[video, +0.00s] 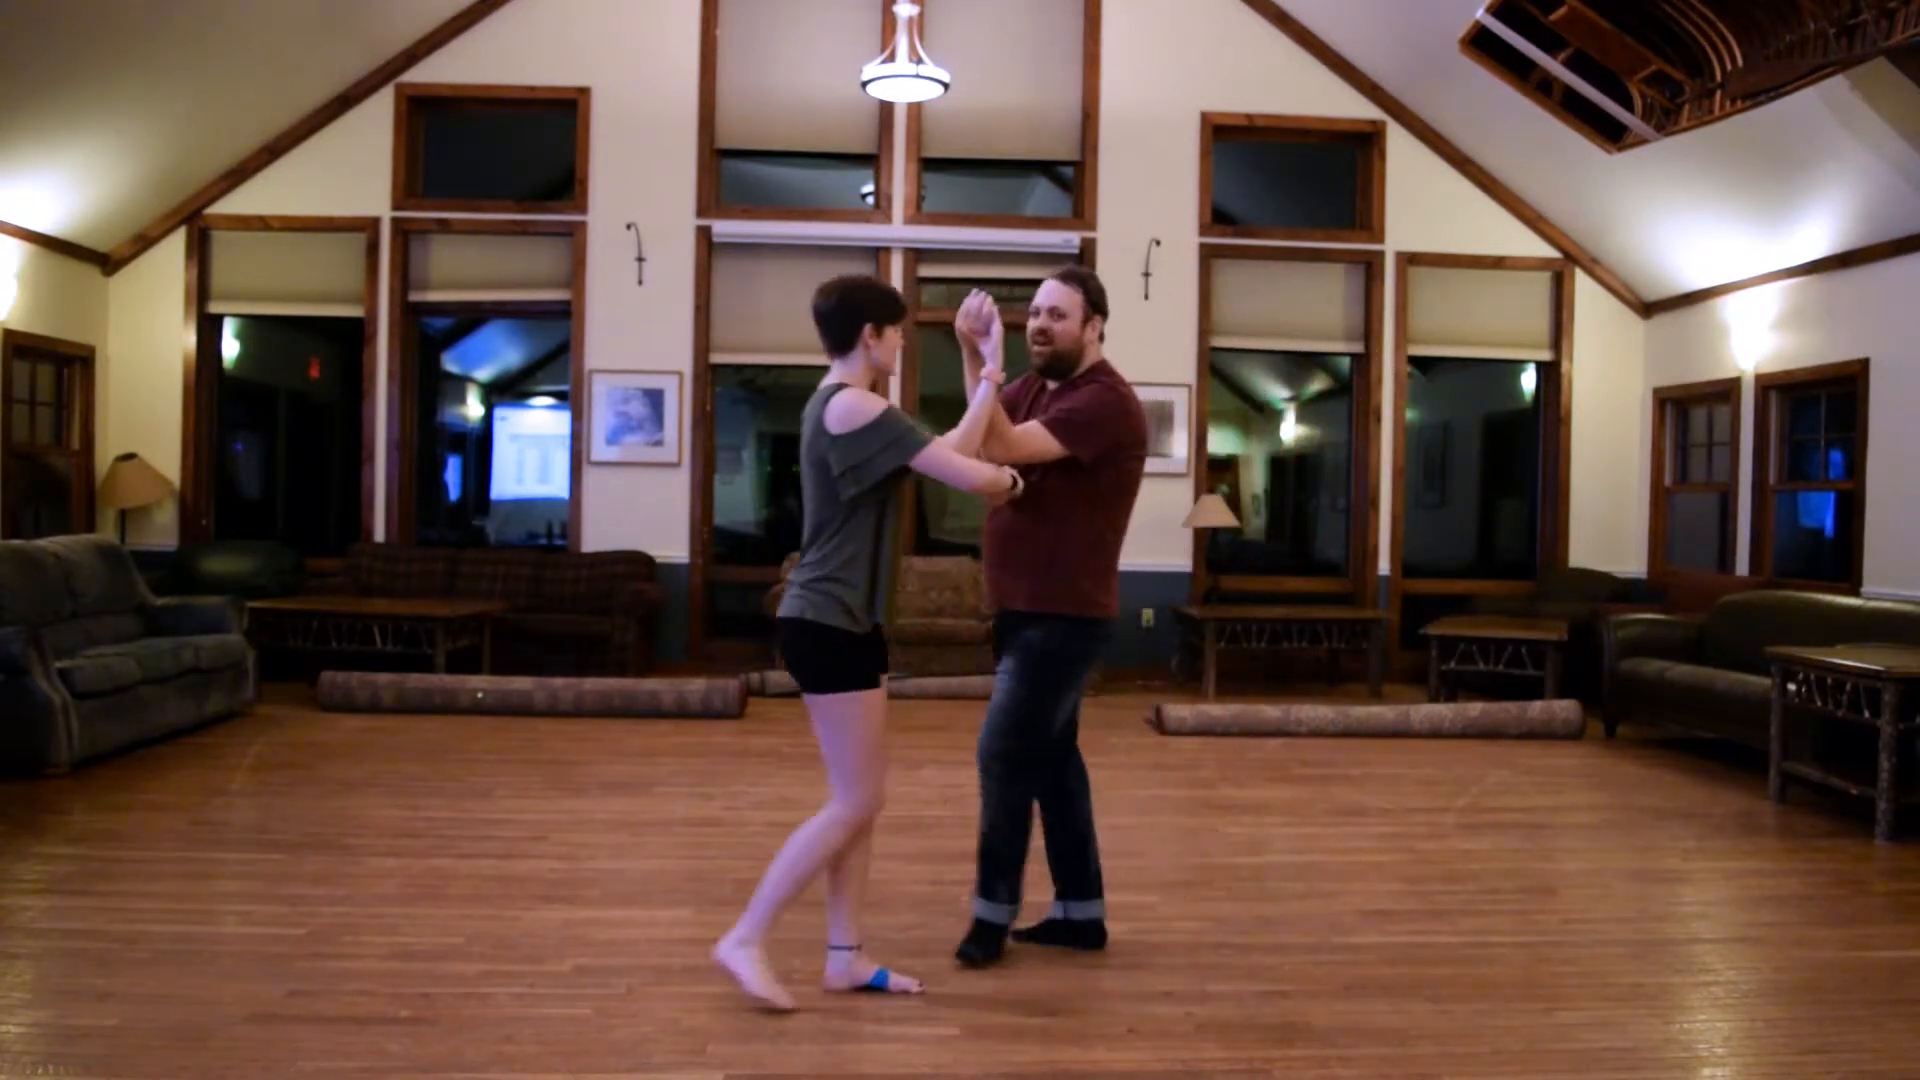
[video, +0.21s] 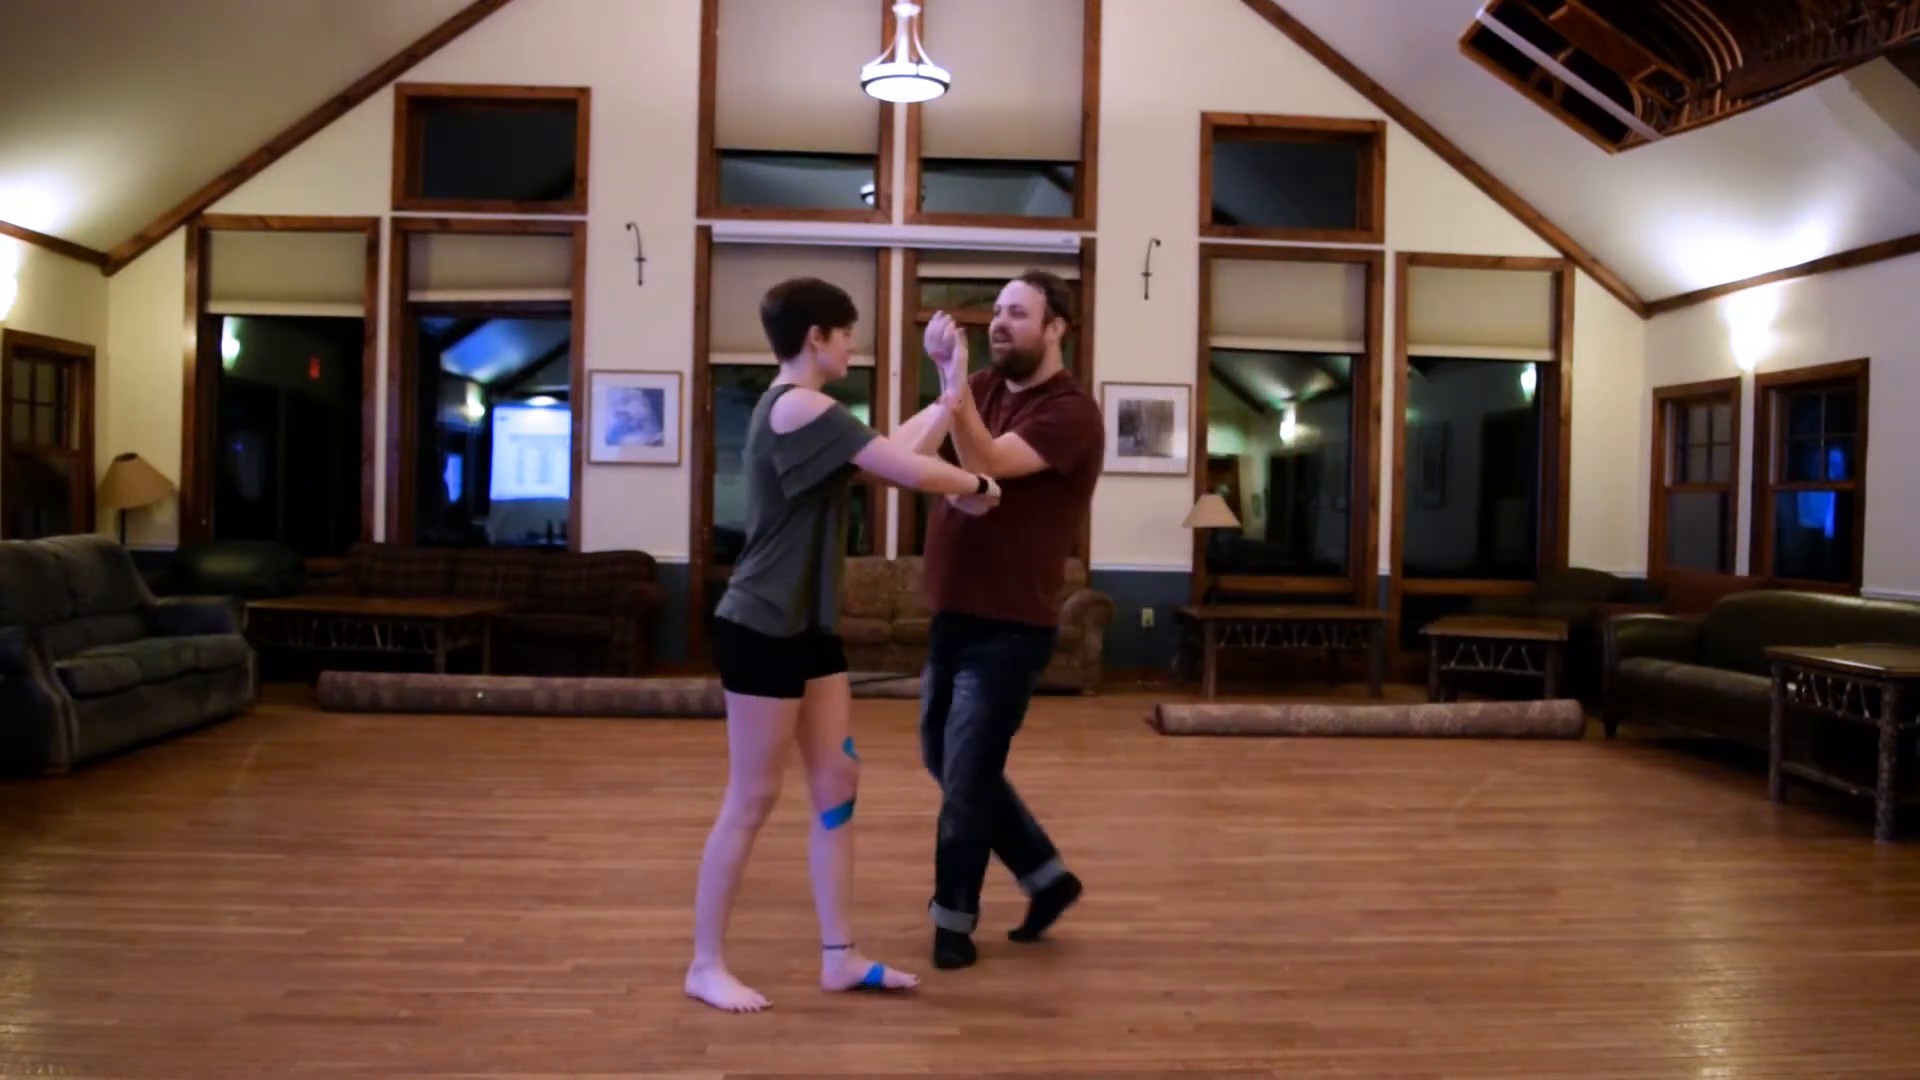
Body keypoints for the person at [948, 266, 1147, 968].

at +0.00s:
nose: (1039, 326)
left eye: (1056, 316)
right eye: (1034, 314)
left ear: (1094, 328)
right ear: (1028, 324)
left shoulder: (1106, 401)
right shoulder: (1030, 388)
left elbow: (1001, 442)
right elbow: (970, 446)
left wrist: (982, 361)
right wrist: (977, 365)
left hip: (1068, 615)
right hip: (1019, 611)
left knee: (1003, 753)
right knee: (1056, 762)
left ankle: (991, 915)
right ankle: (1081, 912)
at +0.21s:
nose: (1000, 323)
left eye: (1017, 314)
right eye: (998, 312)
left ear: (1056, 331)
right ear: (994, 325)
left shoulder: (1072, 411)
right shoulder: (985, 389)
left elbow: (992, 462)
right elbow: (918, 450)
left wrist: (953, 385)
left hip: (1014, 618)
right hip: (956, 607)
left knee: (969, 768)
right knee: (942, 754)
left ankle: (952, 921)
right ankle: (1046, 877)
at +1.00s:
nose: (849, 306)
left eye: (866, 296)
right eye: (842, 297)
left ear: (900, 312)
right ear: (832, 310)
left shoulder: (931, 373)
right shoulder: (816, 377)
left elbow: (873, 376)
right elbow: (780, 398)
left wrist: (775, 352)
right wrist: (779, 313)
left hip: (915, 602)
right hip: (830, 602)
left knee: (915, 776)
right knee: (838, 773)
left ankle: (917, 918)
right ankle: (842, 913)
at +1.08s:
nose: (844, 311)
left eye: (860, 301)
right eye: (836, 302)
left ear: (890, 314)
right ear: (825, 316)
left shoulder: (924, 375)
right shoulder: (808, 383)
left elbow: (893, 403)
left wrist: (791, 361)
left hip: (909, 604)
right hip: (824, 606)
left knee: (915, 777)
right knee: (833, 775)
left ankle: (918, 919)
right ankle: (841, 911)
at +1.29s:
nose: (827, 322)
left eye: (841, 308)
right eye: (819, 310)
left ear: (878, 316)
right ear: (805, 319)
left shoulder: (908, 373)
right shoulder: (791, 382)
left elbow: (917, 401)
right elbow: (770, 390)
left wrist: (825, 352)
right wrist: (788, 300)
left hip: (901, 602)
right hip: (816, 607)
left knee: (905, 778)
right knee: (830, 777)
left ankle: (907, 920)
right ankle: (840, 912)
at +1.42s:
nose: (827, 322)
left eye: (841, 310)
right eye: (817, 311)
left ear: (873, 316)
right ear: (803, 319)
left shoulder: (904, 375)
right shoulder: (787, 380)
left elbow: (913, 408)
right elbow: (773, 399)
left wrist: (823, 357)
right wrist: (782, 308)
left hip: (898, 604)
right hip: (814, 609)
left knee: (903, 779)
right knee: (828, 778)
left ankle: (908, 919)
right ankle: (839, 912)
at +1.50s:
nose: (823, 328)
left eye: (836, 315)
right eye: (814, 316)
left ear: (872, 319)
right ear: (798, 321)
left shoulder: (905, 377)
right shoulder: (783, 382)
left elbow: (905, 416)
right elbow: (773, 405)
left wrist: (821, 364)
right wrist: (784, 311)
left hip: (897, 605)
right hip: (813, 610)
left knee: (899, 776)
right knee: (829, 776)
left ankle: (908, 919)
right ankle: (839, 912)